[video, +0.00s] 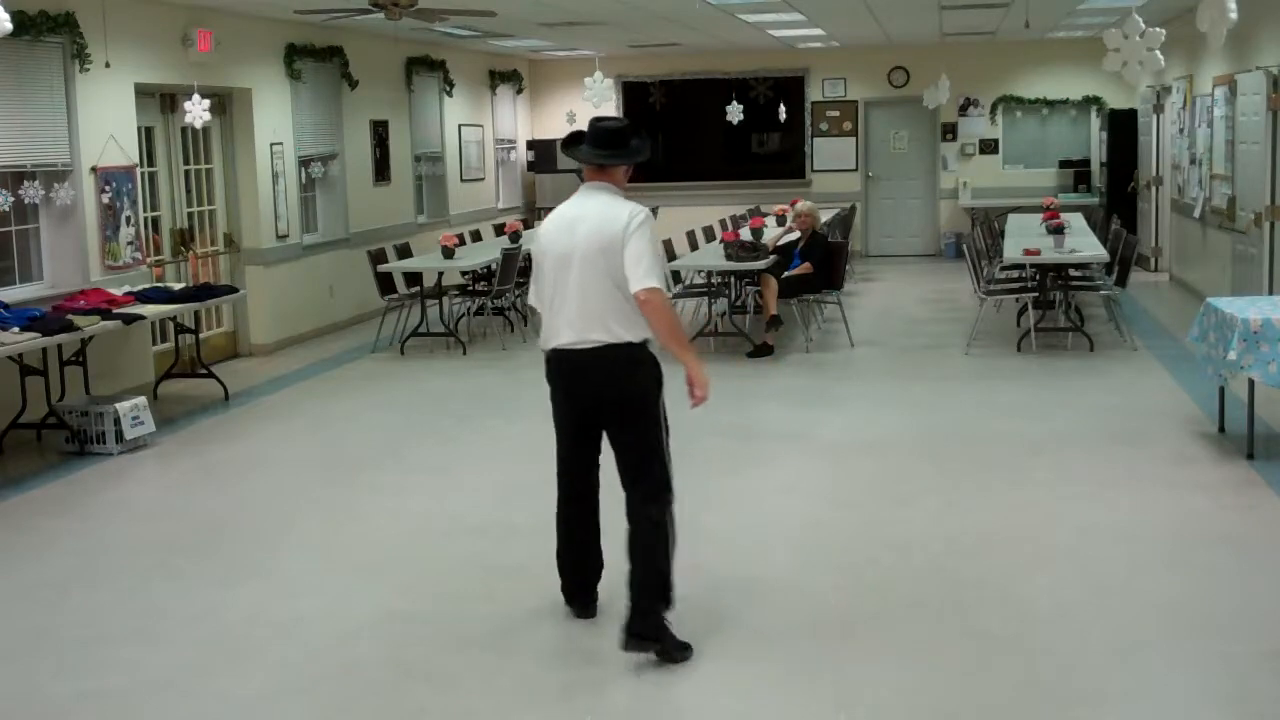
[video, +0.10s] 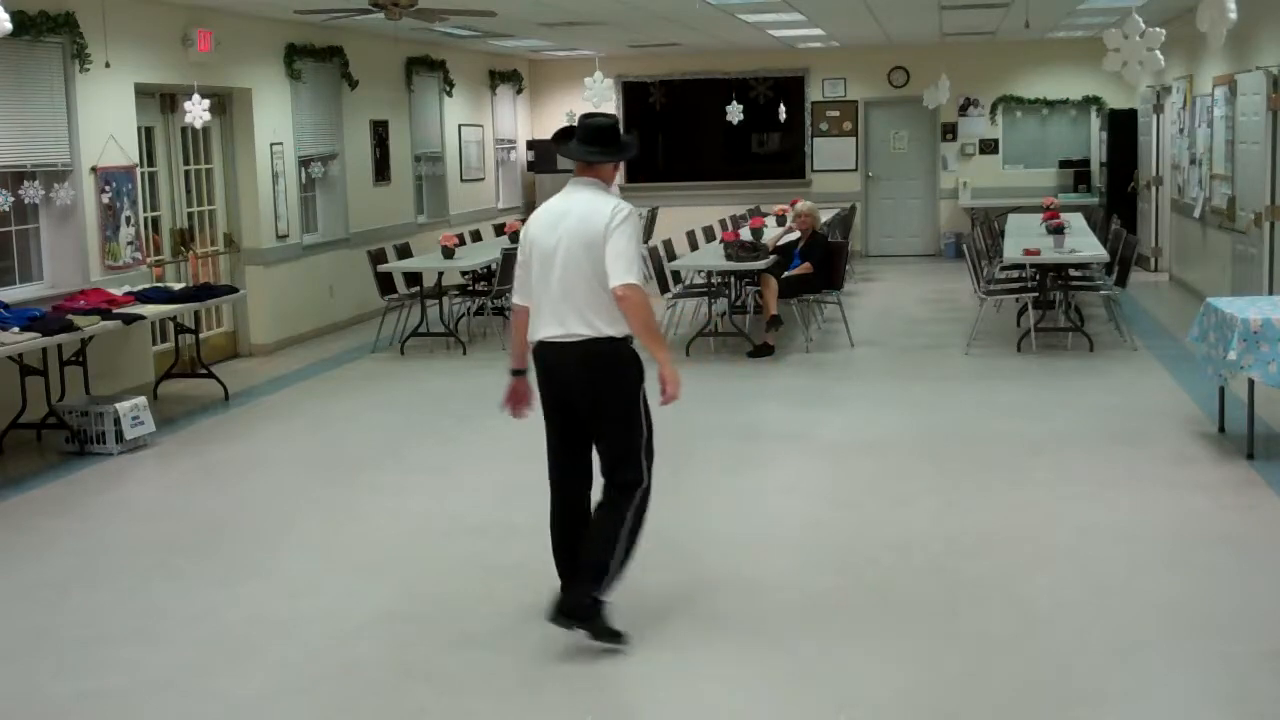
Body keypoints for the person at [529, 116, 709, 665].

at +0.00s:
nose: (633, 172)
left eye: (628, 163)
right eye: (631, 164)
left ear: (584, 166)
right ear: (623, 167)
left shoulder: (550, 224)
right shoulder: (632, 218)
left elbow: (539, 301)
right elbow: (647, 295)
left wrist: (579, 336)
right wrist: (690, 362)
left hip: (566, 369)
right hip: (626, 366)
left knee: (575, 484)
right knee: (649, 492)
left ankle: (579, 593)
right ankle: (647, 622)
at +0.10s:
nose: (620, 172)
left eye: (615, 163)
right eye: (620, 164)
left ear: (572, 162)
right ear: (615, 166)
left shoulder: (537, 219)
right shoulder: (616, 213)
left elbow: (520, 305)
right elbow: (626, 290)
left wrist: (518, 369)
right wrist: (663, 359)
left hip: (552, 361)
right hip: (607, 359)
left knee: (568, 481)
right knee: (629, 480)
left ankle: (574, 595)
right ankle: (586, 595)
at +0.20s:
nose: (612, 172)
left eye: (609, 163)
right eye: (611, 165)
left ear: (565, 161)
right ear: (605, 165)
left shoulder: (526, 217)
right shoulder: (606, 213)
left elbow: (494, 297)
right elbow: (613, 293)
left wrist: (480, 358)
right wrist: (644, 363)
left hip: (539, 359)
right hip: (592, 358)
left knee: (562, 472)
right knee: (598, 479)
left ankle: (579, 587)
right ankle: (520, 578)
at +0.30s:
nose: (606, 177)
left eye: (602, 169)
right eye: (605, 170)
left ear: (560, 167)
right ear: (597, 172)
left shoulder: (517, 219)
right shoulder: (603, 223)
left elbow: (476, 295)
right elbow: (611, 306)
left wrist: (455, 352)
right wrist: (630, 380)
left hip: (521, 362)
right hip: (576, 364)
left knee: (552, 476)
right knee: (558, 480)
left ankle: (570, 586)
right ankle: (492, 585)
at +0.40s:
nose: (605, 182)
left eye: (602, 174)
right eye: (604, 175)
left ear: (557, 173)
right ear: (597, 178)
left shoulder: (515, 221)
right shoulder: (603, 233)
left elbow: (466, 292)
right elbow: (609, 316)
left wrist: (440, 343)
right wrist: (623, 389)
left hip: (507, 359)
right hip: (562, 367)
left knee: (537, 468)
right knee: (525, 481)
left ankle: (535, 567)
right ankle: (477, 596)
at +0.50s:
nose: (606, 177)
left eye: (604, 169)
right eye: (604, 170)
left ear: (560, 168)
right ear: (596, 173)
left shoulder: (512, 213)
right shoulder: (599, 229)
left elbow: (465, 282)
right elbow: (603, 313)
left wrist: (435, 332)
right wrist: (618, 379)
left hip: (503, 350)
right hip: (557, 359)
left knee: (513, 461)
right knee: (528, 470)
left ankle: (501, 565)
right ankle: (483, 586)